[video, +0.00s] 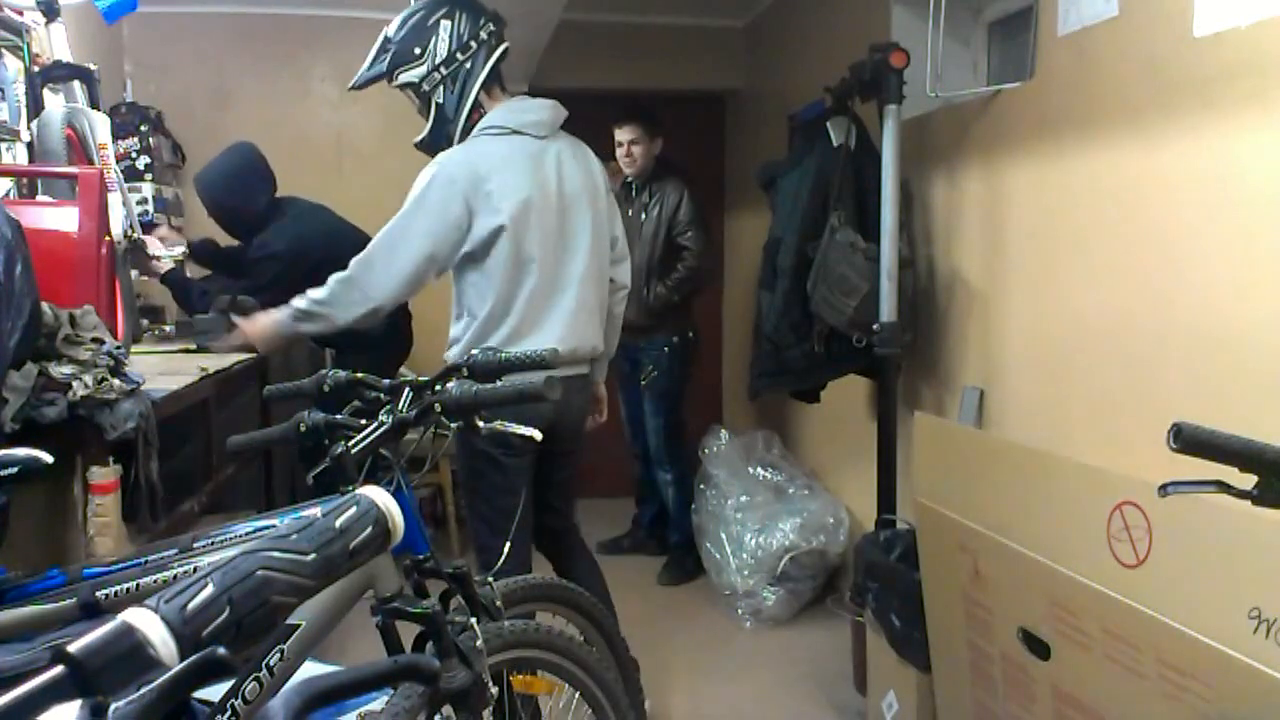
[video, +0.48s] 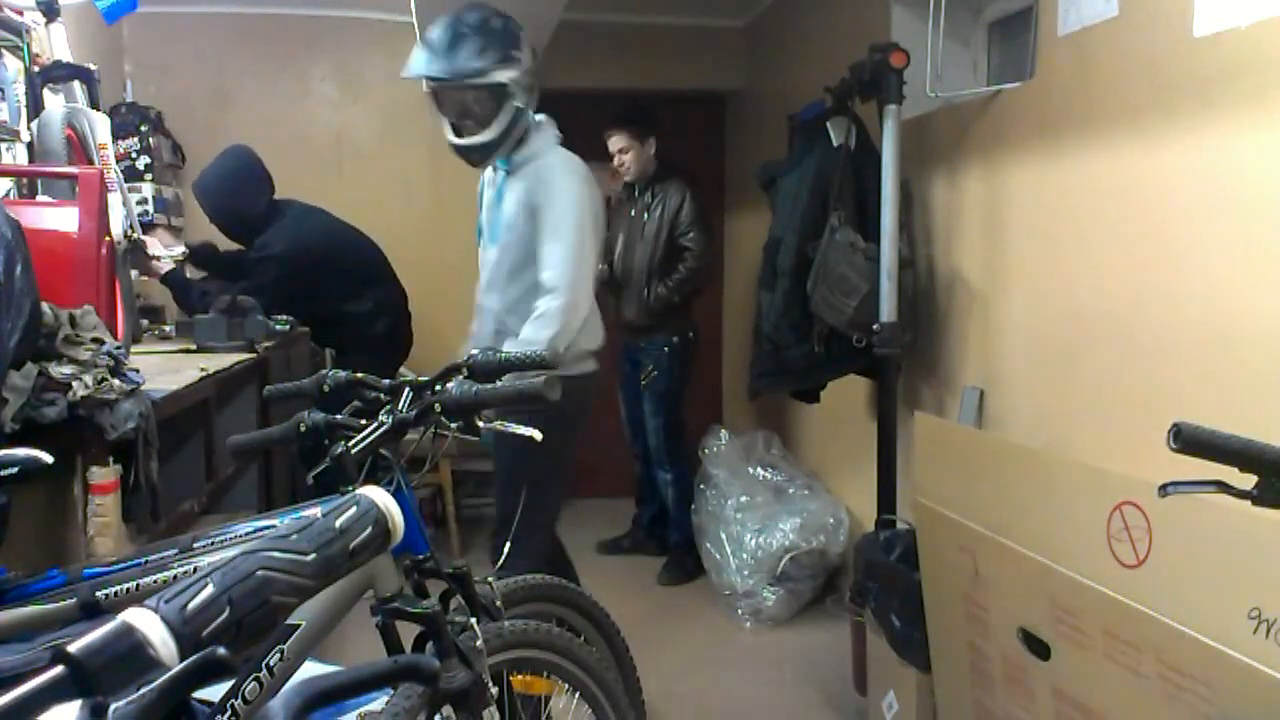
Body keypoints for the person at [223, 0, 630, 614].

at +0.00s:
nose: (421, 110)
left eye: (423, 91)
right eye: (416, 93)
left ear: (454, 78)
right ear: (491, 71)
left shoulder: (465, 167)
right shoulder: (583, 161)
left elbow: (381, 279)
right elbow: (618, 277)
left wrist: (283, 320)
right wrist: (598, 369)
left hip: (500, 394)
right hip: (573, 390)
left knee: (502, 559)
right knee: (560, 532)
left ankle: (511, 697)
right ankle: (616, 674)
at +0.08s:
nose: (417, 104)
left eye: (420, 86)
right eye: (412, 89)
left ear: (452, 77)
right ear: (488, 74)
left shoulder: (470, 168)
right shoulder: (578, 159)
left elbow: (393, 288)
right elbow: (614, 275)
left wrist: (310, 341)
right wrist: (592, 368)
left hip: (501, 392)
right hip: (569, 388)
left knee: (501, 556)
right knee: (553, 528)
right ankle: (617, 680)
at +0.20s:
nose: (423, 113)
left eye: (425, 95)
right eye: (417, 97)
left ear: (460, 82)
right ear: (485, 75)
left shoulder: (482, 165)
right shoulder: (573, 161)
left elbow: (429, 298)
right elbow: (608, 271)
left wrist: (356, 372)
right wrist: (577, 357)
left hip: (500, 392)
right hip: (564, 387)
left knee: (498, 551)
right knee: (545, 526)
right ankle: (608, 669)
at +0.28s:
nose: (421, 115)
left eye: (425, 97)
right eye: (417, 99)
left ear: (462, 81)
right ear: (479, 78)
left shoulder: (500, 165)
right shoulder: (564, 162)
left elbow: (484, 304)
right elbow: (597, 275)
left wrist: (423, 377)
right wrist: (554, 352)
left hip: (503, 393)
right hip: (555, 386)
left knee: (493, 553)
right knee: (542, 530)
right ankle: (606, 669)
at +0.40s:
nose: (441, 118)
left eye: (453, 99)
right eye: (434, 102)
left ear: (495, 85)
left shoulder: (536, 166)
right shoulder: (508, 166)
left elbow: (542, 305)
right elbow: (501, 298)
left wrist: (483, 405)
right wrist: (466, 394)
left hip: (527, 394)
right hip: (506, 394)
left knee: (508, 551)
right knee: (535, 539)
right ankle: (595, 658)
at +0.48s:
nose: (461, 119)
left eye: (475, 102)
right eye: (448, 105)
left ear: (514, 90)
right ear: (435, 101)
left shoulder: (560, 174)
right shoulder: (498, 172)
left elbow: (564, 299)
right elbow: (495, 292)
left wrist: (507, 376)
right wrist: (470, 369)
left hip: (553, 382)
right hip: (508, 379)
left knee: (517, 541)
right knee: (527, 532)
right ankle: (581, 652)